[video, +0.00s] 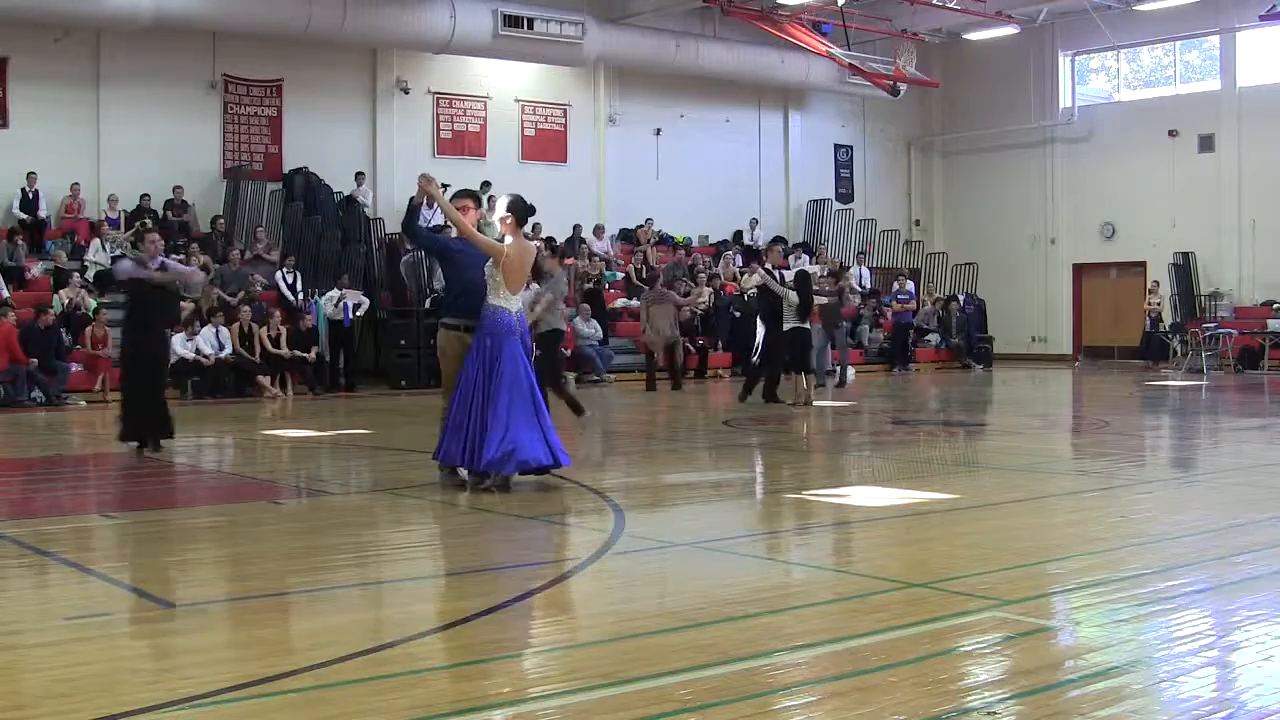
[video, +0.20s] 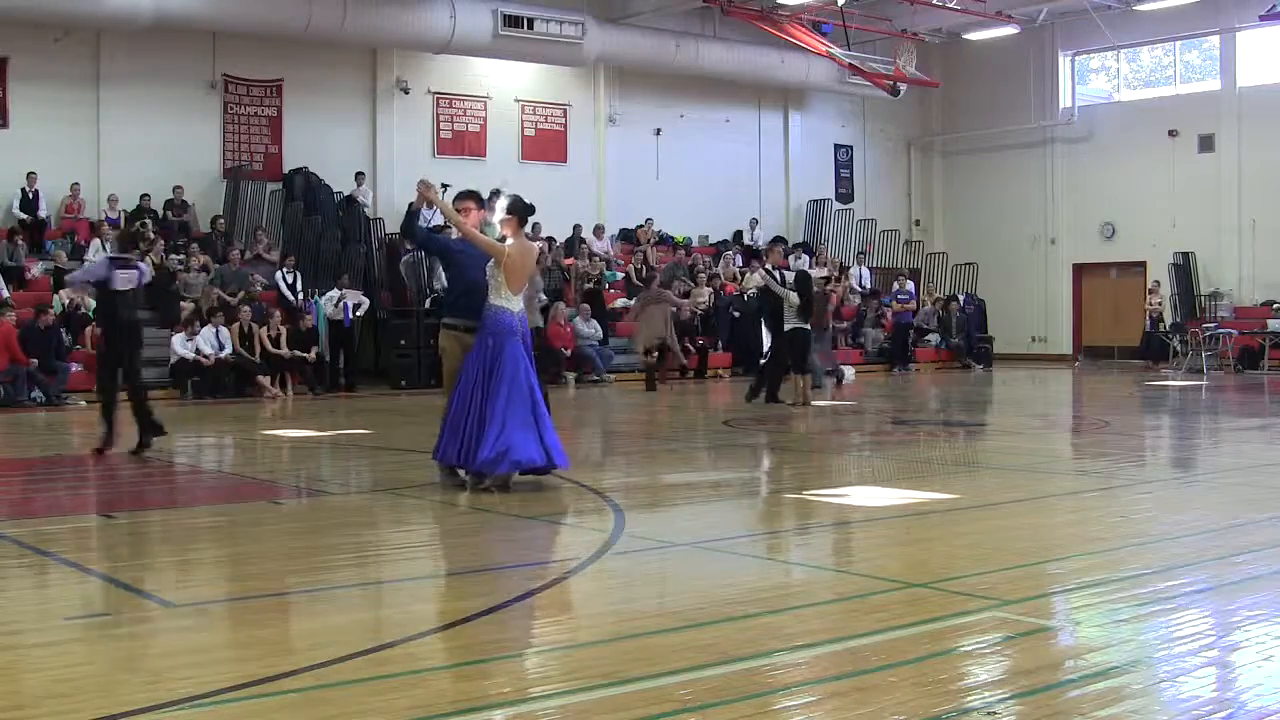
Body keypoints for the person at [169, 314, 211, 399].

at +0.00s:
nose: (199, 329)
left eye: (199, 326)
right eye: (197, 326)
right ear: (188, 328)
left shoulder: (197, 338)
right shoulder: (176, 338)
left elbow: (203, 347)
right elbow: (180, 352)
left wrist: (211, 354)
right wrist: (199, 358)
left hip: (192, 362)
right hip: (176, 365)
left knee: (206, 365)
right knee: (184, 361)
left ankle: (202, 392)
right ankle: (184, 392)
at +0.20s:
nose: (199, 329)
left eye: (199, 326)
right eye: (196, 326)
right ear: (188, 327)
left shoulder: (197, 338)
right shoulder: (176, 338)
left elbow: (203, 347)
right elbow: (180, 352)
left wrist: (211, 354)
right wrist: (199, 358)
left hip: (192, 362)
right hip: (177, 364)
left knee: (205, 365)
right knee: (184, 361)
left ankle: (203, 392)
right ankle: (184, 392)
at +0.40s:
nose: (199, 329)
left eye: (199, 326)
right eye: (197, 326)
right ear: (188, 328)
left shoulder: (197, 338)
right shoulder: (176, 338)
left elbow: (203, 347)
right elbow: (180, 352)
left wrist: (211, 354)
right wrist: (199, 358)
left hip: (192, 362)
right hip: (177, 364)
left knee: (205, 365)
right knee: (184, 361)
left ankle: (203, 392)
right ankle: (184, 392)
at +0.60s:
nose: (199, 329)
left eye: (199, 326)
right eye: (197, 326)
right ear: (188, 328)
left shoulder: (197, 338)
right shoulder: (176, 338)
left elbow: (203, 347)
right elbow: (179, 351)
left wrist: (211, 355)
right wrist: (198, 358)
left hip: (191, 363)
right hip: (177, 364)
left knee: (204, 364)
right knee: (183, 361)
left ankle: (202, 392)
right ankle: (184, 392)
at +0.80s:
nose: (199, 329)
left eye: (199, 326)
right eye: (197, 326)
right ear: (188, 328)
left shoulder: (197, 338)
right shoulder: (176, 338)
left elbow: (203, 347)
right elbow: (179, 351)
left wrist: (211, 355)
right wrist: (198, 358)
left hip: (191, 363)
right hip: (177, 365)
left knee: (204, 364)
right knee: (183, 361)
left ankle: (202, 392)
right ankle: (184, 392)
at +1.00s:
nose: (199, 329)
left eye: (199, 326)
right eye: (197, 326)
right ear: (188, 328)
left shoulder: (197, 338)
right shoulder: (176, 338)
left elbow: (203, 347)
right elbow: (179, 351)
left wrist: (211, 354)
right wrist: (199, 358)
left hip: (191, 363)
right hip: (177, 365)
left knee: (204, 363)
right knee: (183, 361)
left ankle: (202, 392)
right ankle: (184, 393)